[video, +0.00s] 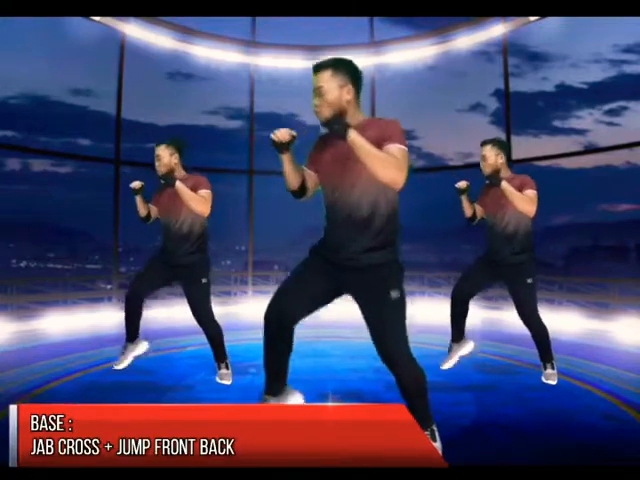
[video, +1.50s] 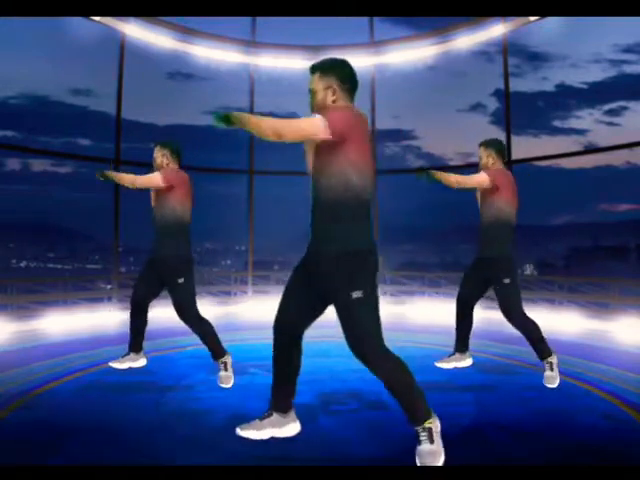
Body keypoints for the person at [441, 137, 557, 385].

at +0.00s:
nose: (481, 162)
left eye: (485, 157)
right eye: (481, 158)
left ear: (500, 157)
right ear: (489, 160)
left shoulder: (523, 182)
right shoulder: (488, 190)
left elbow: (530, 210)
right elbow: (473, 216)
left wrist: (503, 184)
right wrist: (464, 195)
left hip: (519, 262)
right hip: (492, 260)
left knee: (529, 316)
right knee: (460, 294)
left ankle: (548, 364)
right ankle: (458, 342)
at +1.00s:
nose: (494, 161)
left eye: (498, 156)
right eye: (492, 156)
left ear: (512, 157)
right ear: (490, 159)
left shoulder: (529, 183)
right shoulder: (485, 189)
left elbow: (542, 208)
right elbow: (466, 209)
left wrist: (517, 184)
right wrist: (457, 195)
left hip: (522, 262)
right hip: (491, 262)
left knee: (539, 317)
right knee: (467, 306)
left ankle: (548, 364)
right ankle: (462, 354)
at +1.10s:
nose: (489, 163)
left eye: (494, 158)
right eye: (487, 158)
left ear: (508, 159)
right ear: (487, 161)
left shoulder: (524, 185)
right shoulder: (479, 183)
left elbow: (533, 214)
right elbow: (447, 189)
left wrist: (510, 188)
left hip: (518, 263)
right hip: (488, 262)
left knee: (535, 314)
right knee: (463, 305)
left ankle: (548, 364)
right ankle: (461, 355)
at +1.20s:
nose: (481, 162)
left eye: (485, 157)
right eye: (480, 157)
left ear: (500, 159)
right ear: (483, 161)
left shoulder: (517, 185)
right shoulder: (481, 185)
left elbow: (517, 219)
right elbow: (458, 196)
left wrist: (498, 194)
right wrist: (449, 186)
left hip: (510, 262)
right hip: (485, 261)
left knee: (524, 312)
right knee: (460, 304)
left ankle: (549, 364)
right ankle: (461, 354)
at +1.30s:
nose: (476, 160)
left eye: (479, 156)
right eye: (475, 156)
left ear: (492, 157)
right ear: (484, 158)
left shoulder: (504, 181)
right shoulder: (483, 183)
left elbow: (504, 212)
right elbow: (486, 213)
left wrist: (479, 188)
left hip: (500, 258)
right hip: (484, 256)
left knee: (513, 310)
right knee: (460, 300)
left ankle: (552, 357)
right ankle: (461, 354)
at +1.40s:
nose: (479, 162)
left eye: (482, 158)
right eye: (479, 158)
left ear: (491, 158)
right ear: (495, 159)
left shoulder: (494, 179)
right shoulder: (496, 180)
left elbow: (458, 186)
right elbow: (459, 186)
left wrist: (437, 176)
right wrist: (439, 177)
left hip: (499, 259)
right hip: (487, 258)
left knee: (509, 313)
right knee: (460, 300)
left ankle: (550, 358)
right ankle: (460, 353)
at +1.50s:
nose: (480, 162)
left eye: (482, 157)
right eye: (480, 158)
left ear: (492, 156)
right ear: (497, 157)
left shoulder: (496, 176)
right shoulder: (501, 179)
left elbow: (458, 182)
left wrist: (433, 173)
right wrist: (441, 176)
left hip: (499, 258)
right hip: (489, 256)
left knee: (513, 313)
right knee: (464, 300)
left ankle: (548, 359)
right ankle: (461, 354)